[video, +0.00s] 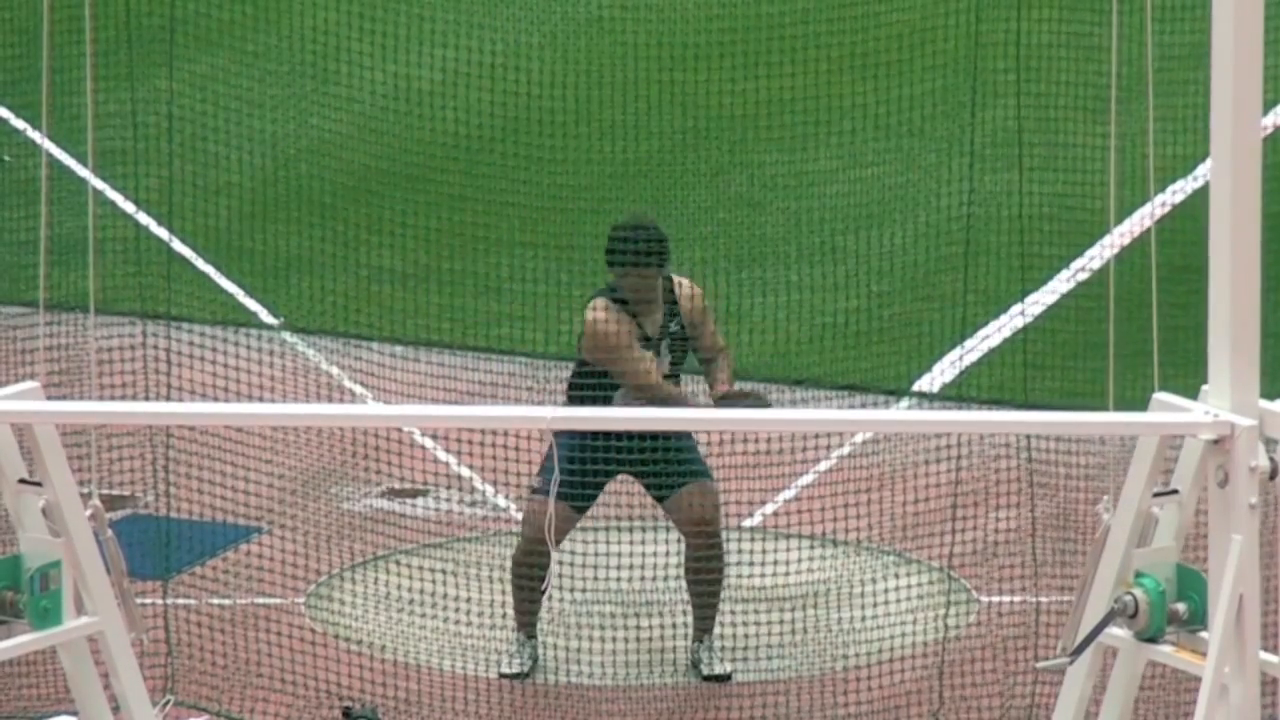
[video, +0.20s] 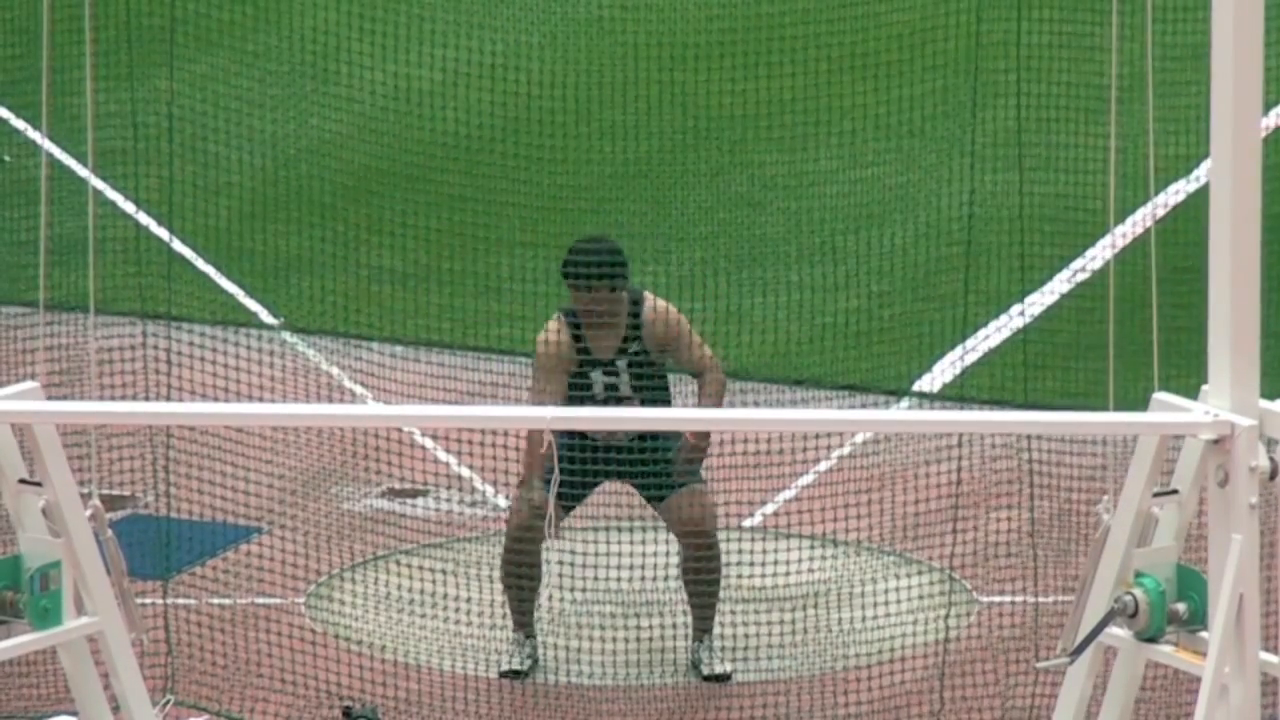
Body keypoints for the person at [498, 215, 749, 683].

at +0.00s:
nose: (639, 278)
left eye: (648, 269)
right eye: (629, 269)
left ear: (664, 268)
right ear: (614, 270)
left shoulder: (686, 297)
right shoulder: (601, 319)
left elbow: (716, 353)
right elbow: (647, 385)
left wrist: (722, 388)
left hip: (658, 432)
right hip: (591, 435)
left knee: (704, 523)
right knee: (538, 532)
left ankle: (704, 643)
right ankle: (524, 641)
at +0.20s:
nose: (590, 299)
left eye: (600, 288)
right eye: (580, 289)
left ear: (621, 286)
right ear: (569, 289)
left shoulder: (656, 319)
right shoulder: (557, 339)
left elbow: (711, 370)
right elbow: (541, 417)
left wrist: (701, 436)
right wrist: (533, 480)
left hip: (649, 445)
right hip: (578, 447)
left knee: (698, 526)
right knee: (521, 523)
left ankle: (704, 642)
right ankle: (523, 641)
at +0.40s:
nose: (556, 297)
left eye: (564, 288)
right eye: (548, 288)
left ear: (583, 288)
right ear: (537, 289)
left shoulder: (615, 327)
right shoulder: (522, 326)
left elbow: (662, 387)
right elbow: (463, 361)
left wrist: (662, 451)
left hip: (631, 445)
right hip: (563, 442)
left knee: (688, 536)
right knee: (513, 523)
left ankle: (703, 642)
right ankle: (523, 640)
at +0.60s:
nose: (531, 292)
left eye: (539, 282)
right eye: (524, 282)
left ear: (559, 278)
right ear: (513, 278)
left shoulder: (580, 320)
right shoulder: (514, 283)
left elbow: (589, 396)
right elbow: (481, 247)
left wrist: (570, 453)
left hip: (612, 425)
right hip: (553, 421)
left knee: (663, 534)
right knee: (507, 519)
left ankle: (700, 638)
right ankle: (522, 639)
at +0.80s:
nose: (511, 271)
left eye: (519, 263)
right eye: (506, 261)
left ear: (541, 260)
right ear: (503, 253)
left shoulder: (558, 306)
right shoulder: (528, 237)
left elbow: (538, 379)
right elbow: (541, 180)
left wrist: (481, 426)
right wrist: (549, 131)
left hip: (606, 423)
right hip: (547, 419)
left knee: (649, 536)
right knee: (510, 513)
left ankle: (700, 637)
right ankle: (522, 637)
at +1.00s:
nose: (503, 266)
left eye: (512, 259)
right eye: (502, 257)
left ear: (539, 257)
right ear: (514, 249)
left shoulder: (557, 308)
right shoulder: (544, 236)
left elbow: (520, 378)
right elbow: (552, 176)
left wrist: (456, 418)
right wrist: (568, 113)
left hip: (614, 421)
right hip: (555, 418)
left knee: (649, 529)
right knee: (520, 515)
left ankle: (702, 636)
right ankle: (524, 640)